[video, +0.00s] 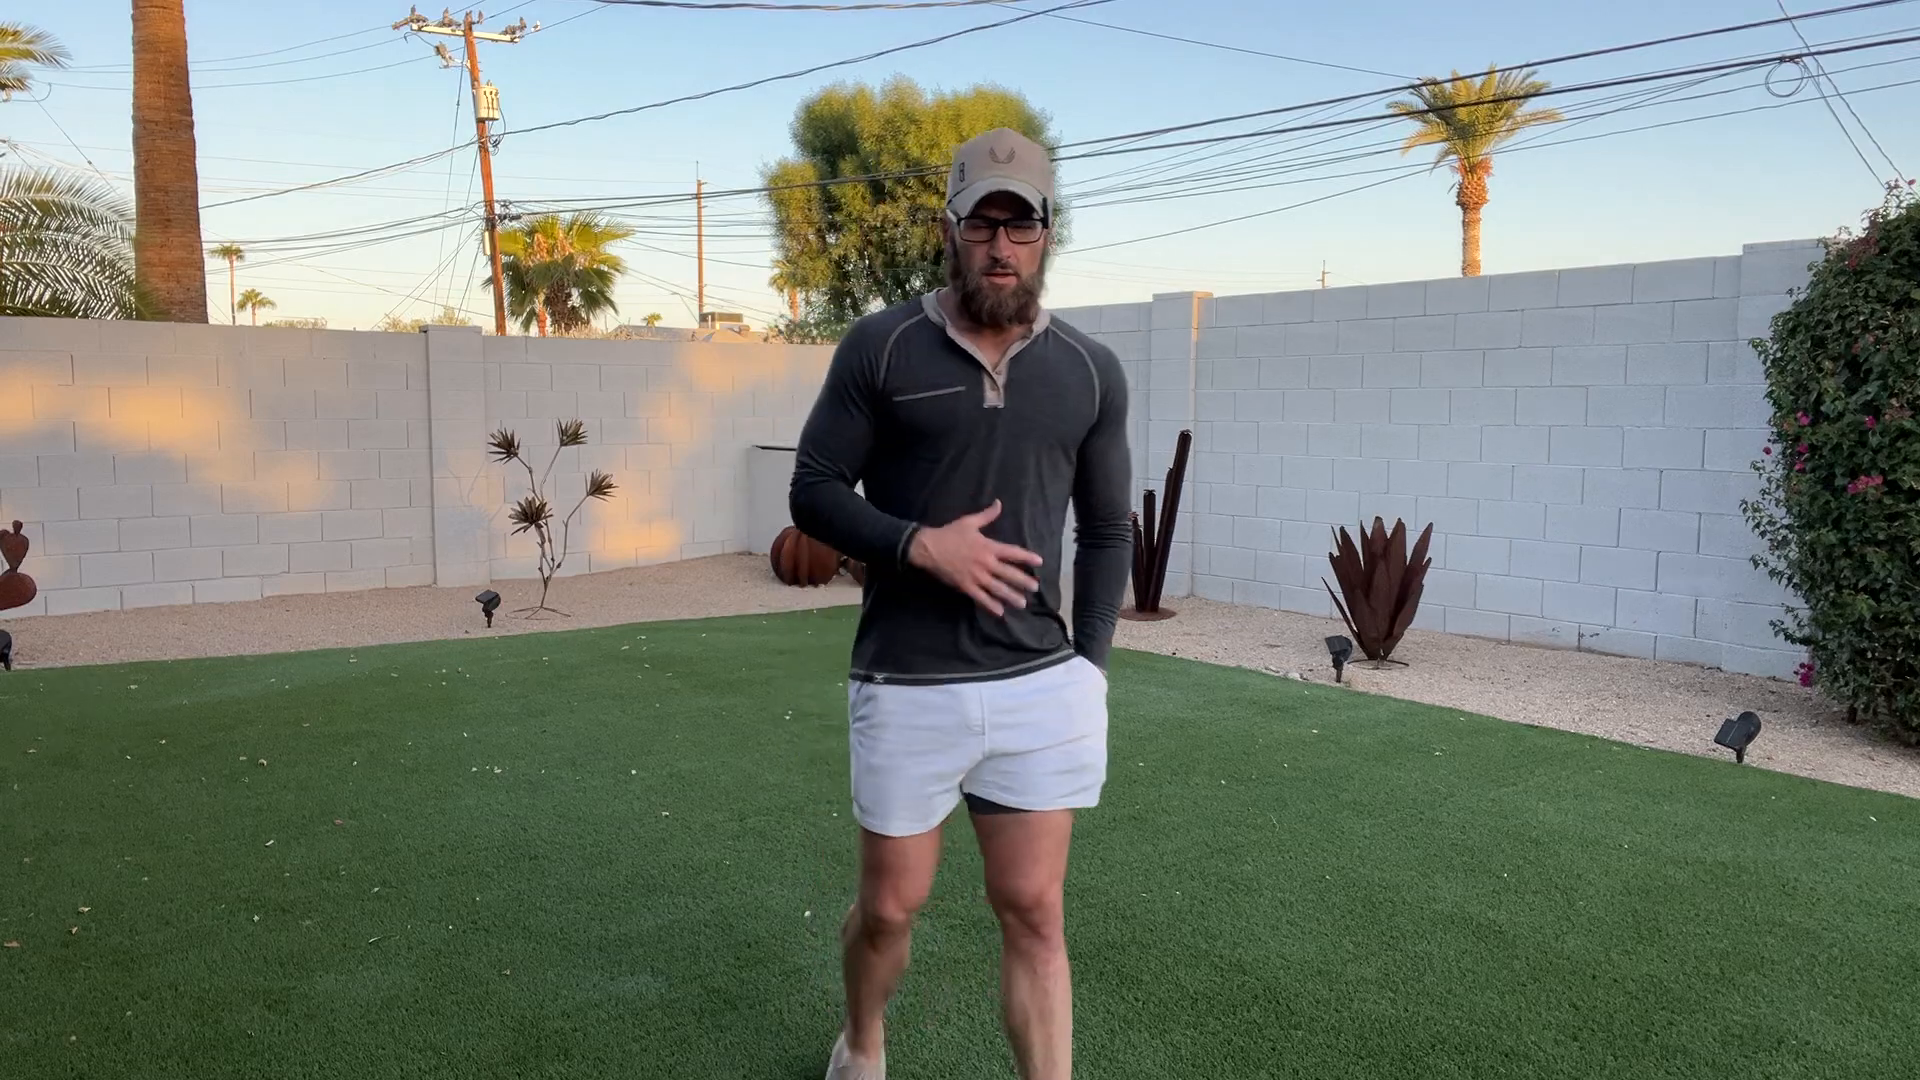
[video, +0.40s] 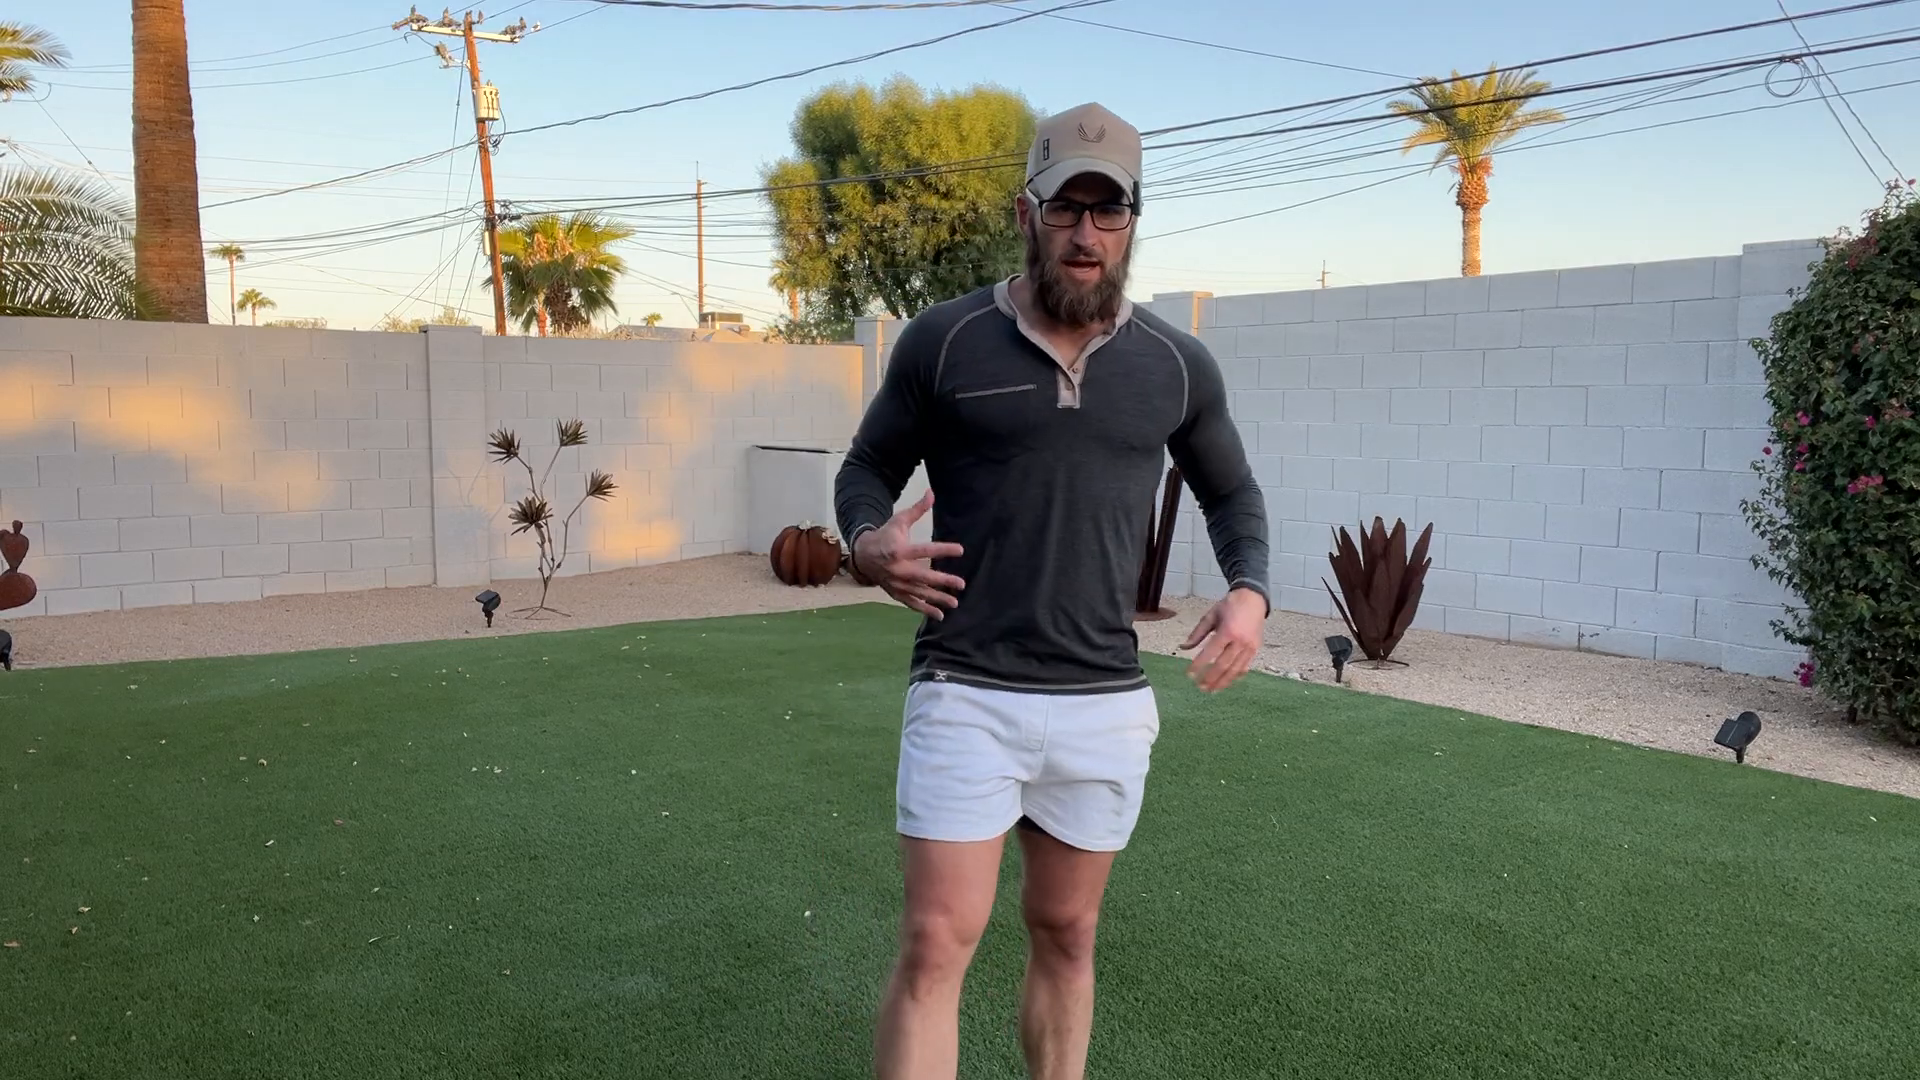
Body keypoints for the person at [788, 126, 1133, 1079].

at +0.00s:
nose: (1001, 247)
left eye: (1021, 226)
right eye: (982, 226)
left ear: (1048, 238)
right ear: (950, 235)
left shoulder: (1092, 371)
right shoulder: (880, 349)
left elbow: (1106, 529)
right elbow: (814, 490)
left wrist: (1087, 659)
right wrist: (919, 541)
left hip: (1043, 680)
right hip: (908, 682)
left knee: (1036, 909)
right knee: (889, 909)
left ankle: (1051, 1075)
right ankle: (863, 1050)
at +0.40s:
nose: (1086, 233)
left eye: (1107, 211)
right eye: (1066, 208)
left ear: (1133, 225)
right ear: (1027, 215)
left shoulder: (1180, 368)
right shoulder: (942, 343)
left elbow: (1234, 499)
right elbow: (866, 471)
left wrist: (1249, 590)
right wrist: (867, 545)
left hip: (1103, 699)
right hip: (964, 690)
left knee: (1067, 936)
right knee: (935, 939)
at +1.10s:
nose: (986, 188)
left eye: (1010, 164)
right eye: (960, 165)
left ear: (1041, 181)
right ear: (921, 185)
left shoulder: (1121, 335)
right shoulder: (855, 339)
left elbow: (1197, 508)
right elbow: (786, 517)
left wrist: (1113, 470)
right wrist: (862, 480)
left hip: (1070, 737)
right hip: (910, 738)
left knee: (1077, 1001)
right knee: (924, 998)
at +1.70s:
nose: (1000, 179)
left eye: (1030, 148)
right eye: (972, 147)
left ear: (1065, 160)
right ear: (928, 155)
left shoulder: (1149, 329)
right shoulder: (835, 333)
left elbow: (1216, 508)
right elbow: (767, 503)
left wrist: (1218, 600)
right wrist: (766, 572)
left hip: (1090, 780)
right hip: (909, 784)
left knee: (1076, 1069)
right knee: (921, 1050)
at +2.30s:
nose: (1174, 152)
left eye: (1209, 115)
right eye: (1140, 112)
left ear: (1248, 132)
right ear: (1087, 119)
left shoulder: (1313, 351)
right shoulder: (957, 302)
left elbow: (1363, 564)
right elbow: (878, 482)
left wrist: (1376, 668)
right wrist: (871, 574)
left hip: (1177, 841)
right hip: (965, 819)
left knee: (1128, 1069)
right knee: (912, 1062)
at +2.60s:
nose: (1179, 142)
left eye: (1215, 109)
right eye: (1147, 105)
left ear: (1253, 128)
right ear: (1089, 114)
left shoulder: (1318, 359)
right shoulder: (957, 297)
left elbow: (1349, 618)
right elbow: (857, 521)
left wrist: (1238, 616)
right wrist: (978, 549)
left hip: (1177, 849)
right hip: (965, 827)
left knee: (1128, 1066)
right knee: (948, 1065)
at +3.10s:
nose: (1108, 153)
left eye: (1136, 108)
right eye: (1066, 106)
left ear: (1164, 101)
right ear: (975, 74)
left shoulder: (1223, 310)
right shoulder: (832, 290)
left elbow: (1287, 532)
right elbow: (741, 545)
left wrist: (1120, 709)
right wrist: (847, 589)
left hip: (1135, 897)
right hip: (902, 899)